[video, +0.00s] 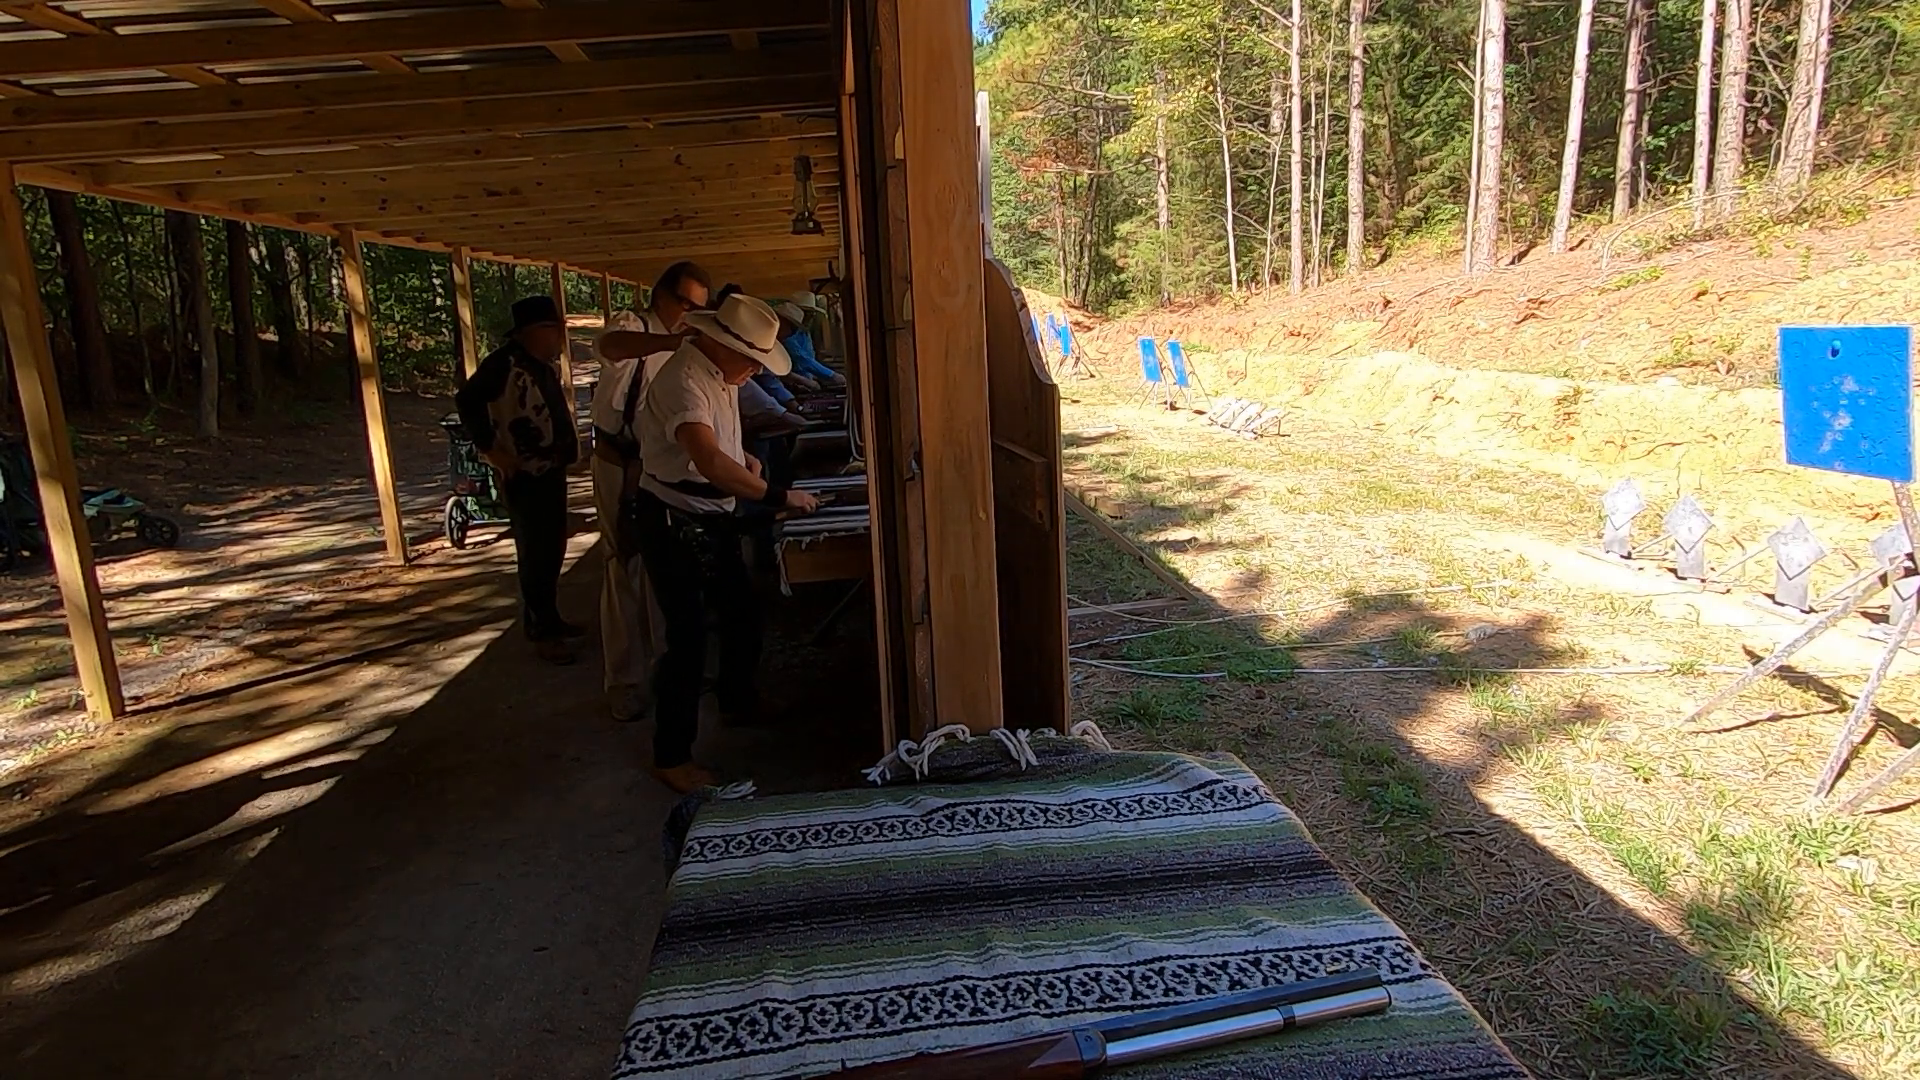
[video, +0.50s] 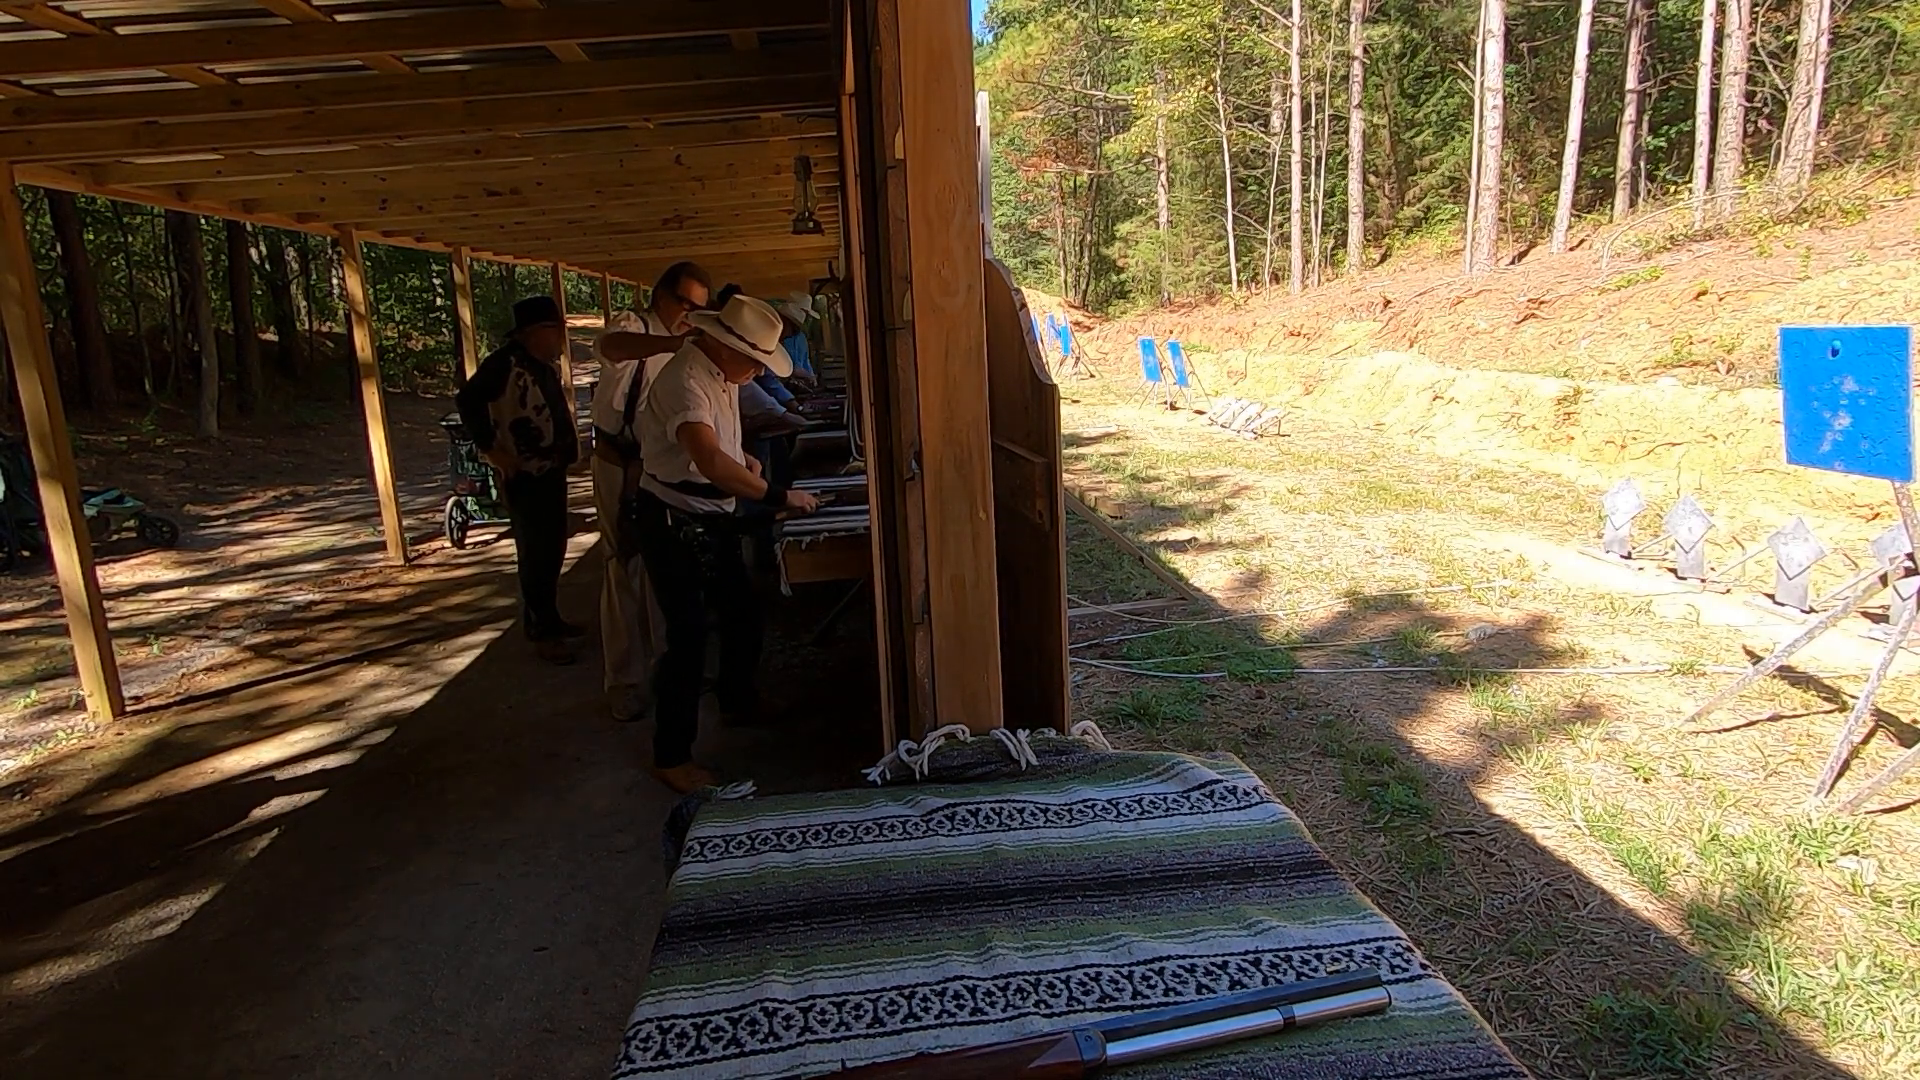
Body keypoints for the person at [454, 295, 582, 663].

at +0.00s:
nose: (561, 338)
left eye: (561, 330)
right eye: (555, 330)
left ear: (545, 332)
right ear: (533, 331)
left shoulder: (544, 366)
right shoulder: (504, 362)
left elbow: (550, 412)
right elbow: (468, 399)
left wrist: (566, 447)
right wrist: (489, 448)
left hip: (551, 473)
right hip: (524, 475)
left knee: (552, 550)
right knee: (536, 552)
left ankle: (549, 621)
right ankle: (541, 630)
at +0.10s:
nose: (561, 338)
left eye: (561, 330)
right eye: (555, 331)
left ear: (544, 333)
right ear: (533, 332)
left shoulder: (544, 366)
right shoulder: (504, 362)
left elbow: (550, 412)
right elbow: (468, 400)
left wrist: (566, 447)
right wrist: (489, 448)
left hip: (551, 473)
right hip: (524, 475)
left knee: (552, 550)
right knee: (536, 552)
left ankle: (549, 620)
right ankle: (541, 630)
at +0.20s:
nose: (562, 338)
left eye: (562, 330)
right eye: (556, 330)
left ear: (543, 333)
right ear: (534, 332)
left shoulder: (544, 366)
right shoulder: (505, 362)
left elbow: (551, 412)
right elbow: (468, 399)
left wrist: (567, 447)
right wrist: (489, 448)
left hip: (551, 473)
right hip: (525, 475)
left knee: (552, 550)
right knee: (536, 552)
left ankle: (549, 621)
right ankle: (541, 630)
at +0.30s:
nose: (562, 338)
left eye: (562, 330)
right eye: (556, 330)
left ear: (544, 333)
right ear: (534, 332)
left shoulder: (544, 366)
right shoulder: (505, 362)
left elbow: (551, 411)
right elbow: (468, 399)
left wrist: (568, 446)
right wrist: (489, 448)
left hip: (551, 473)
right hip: (525, 476)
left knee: (552, 550)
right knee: (536, 552)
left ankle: (549, 621)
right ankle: (541, 630)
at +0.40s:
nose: (563, 338)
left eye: (562, 331)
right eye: (556, 331)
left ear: (544, 333)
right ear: (534, 333)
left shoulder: (544, 365)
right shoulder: (505, 362)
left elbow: (551, 411)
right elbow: (468, 399)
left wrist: (567, 445)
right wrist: (489, 448)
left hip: (551, 472)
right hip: (525, 475)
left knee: (552, 549)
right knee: (536, 552)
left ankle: (549, 621)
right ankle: (541, 630)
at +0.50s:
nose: (562, 339)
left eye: (562, 331)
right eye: (556, 331)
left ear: (546, 334)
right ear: (533, 333)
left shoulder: (545, 366)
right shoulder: (505, 362)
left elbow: (551, 412)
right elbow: (468, 400)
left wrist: (567, 446)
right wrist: (489, 448)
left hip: (551, 473)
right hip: (524, 475)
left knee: (553, 549)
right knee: (536, 552)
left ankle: (549, 620)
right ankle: (540, 630)